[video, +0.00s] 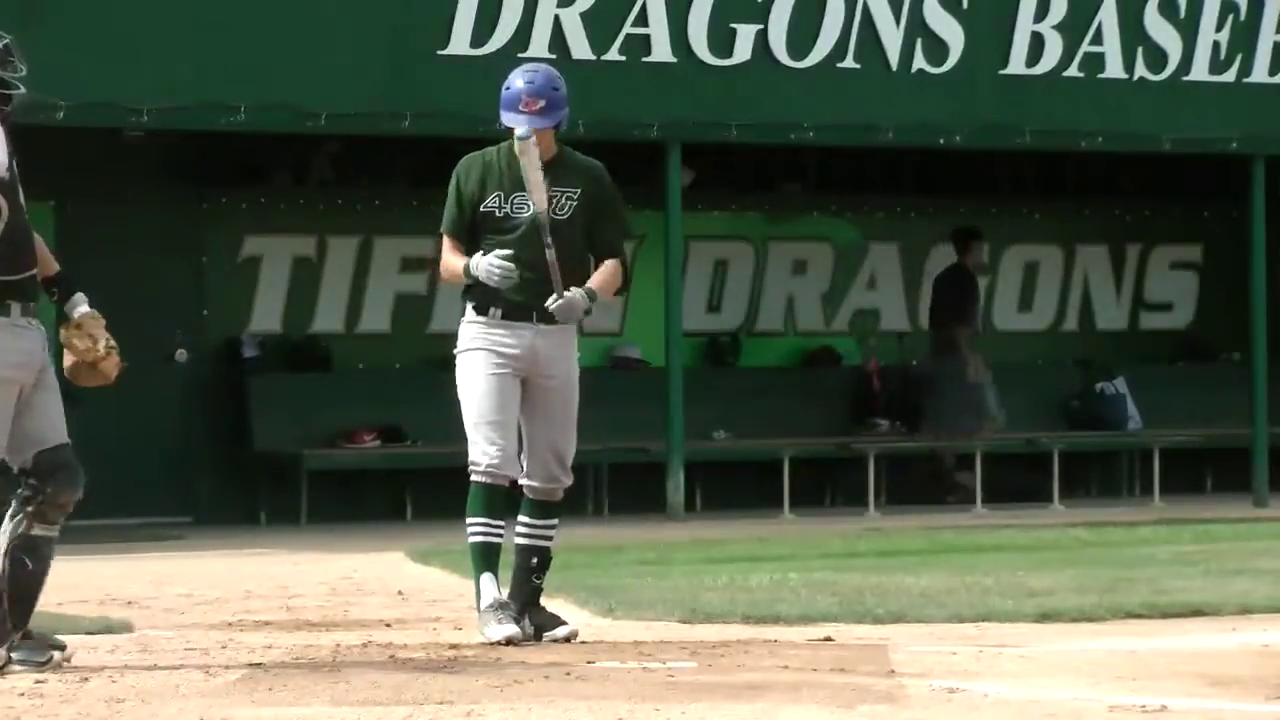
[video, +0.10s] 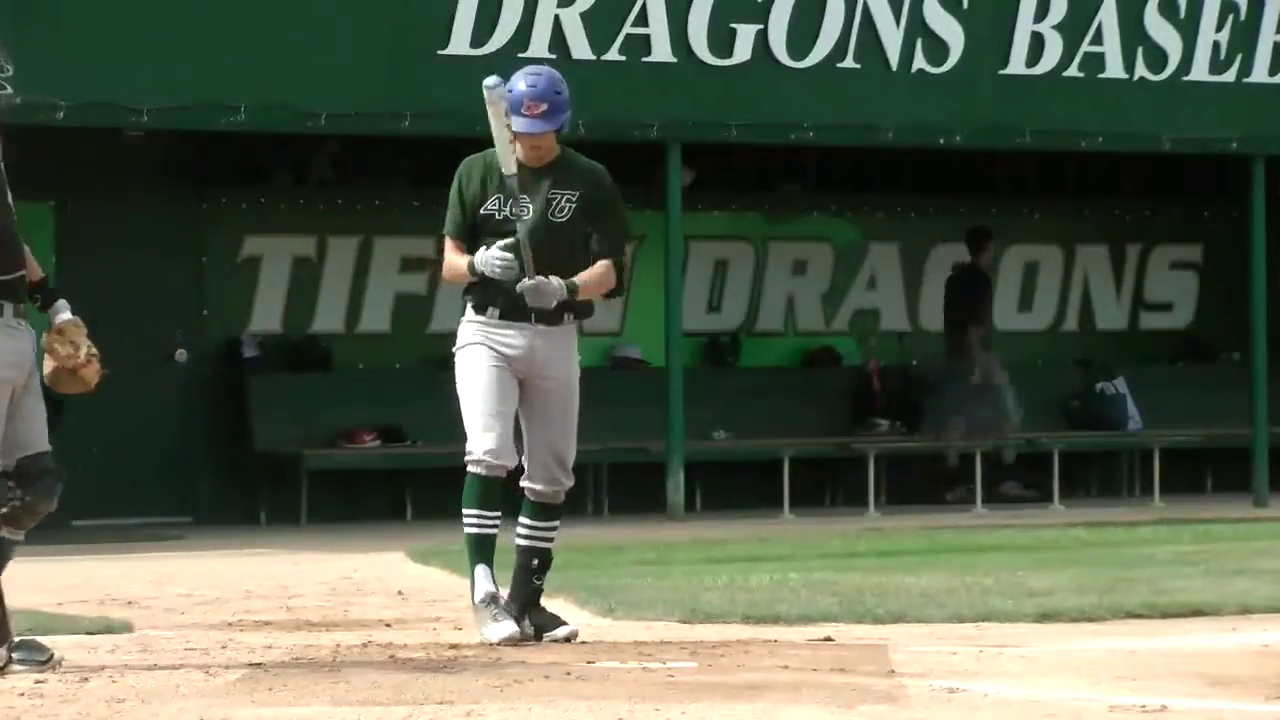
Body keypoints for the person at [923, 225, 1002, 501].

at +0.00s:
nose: (983, 256)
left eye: (983, 249)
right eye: (979, 250)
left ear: (961, 250)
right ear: (968, 250)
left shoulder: (946, 277)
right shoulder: (963, 279)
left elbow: (948, 325)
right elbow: (959, 326)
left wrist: (966, 356)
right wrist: (970, 359)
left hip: (945, 356)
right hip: (958, 356)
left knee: (946, 416)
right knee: (987, 416)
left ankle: (947, 476)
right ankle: (953, 472)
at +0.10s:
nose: (991, 254)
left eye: (989, 249)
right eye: (989, 249)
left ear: (969, 248)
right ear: (985, 249)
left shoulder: (955, 277)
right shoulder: (979, 278)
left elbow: (952, 322)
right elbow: (974, 326)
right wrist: (976, 364)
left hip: (959, 356)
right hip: (979, 356)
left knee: (956, 416)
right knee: (1006, 413)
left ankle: (952, 478)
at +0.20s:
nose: (1010, 255)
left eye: (1009, 249)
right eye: (1008, 249)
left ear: (987, 249)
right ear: (1000, 250)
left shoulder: (976, 277)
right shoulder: (991, 279)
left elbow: (976, 324)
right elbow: (986, 326)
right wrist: (987, 365)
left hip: (979, 354)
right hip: (991, 355)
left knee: (971, 411)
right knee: (1020, 409)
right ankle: (1040, 474)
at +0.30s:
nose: (1028, 259)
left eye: (1028, 253)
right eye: (1025, 254)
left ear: (1003, 255)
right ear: (1015, 255)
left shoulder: (988, 283)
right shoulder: (1011, 283)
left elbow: (987, 329)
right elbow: (1007, 329)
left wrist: (990, 359)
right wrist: (1005, 367)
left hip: (994, 358)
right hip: (1014, 359)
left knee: (986, 413)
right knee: (1037, 419)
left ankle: (959, 471)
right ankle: (1056, 478)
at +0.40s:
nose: (1046, 261)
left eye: (1046, 255)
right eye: (1042, 255)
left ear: (1024, 255)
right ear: (1031, 255)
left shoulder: (1005, 284)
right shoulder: (1034, 285)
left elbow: (1000, 327)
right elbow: (1031, 330)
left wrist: (1009, 354)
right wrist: (1029, 366)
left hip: (1014, 356)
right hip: (1035, 356)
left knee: (1013, 414)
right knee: (1053, 414)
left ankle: (974, 469)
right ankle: (1061, 479)